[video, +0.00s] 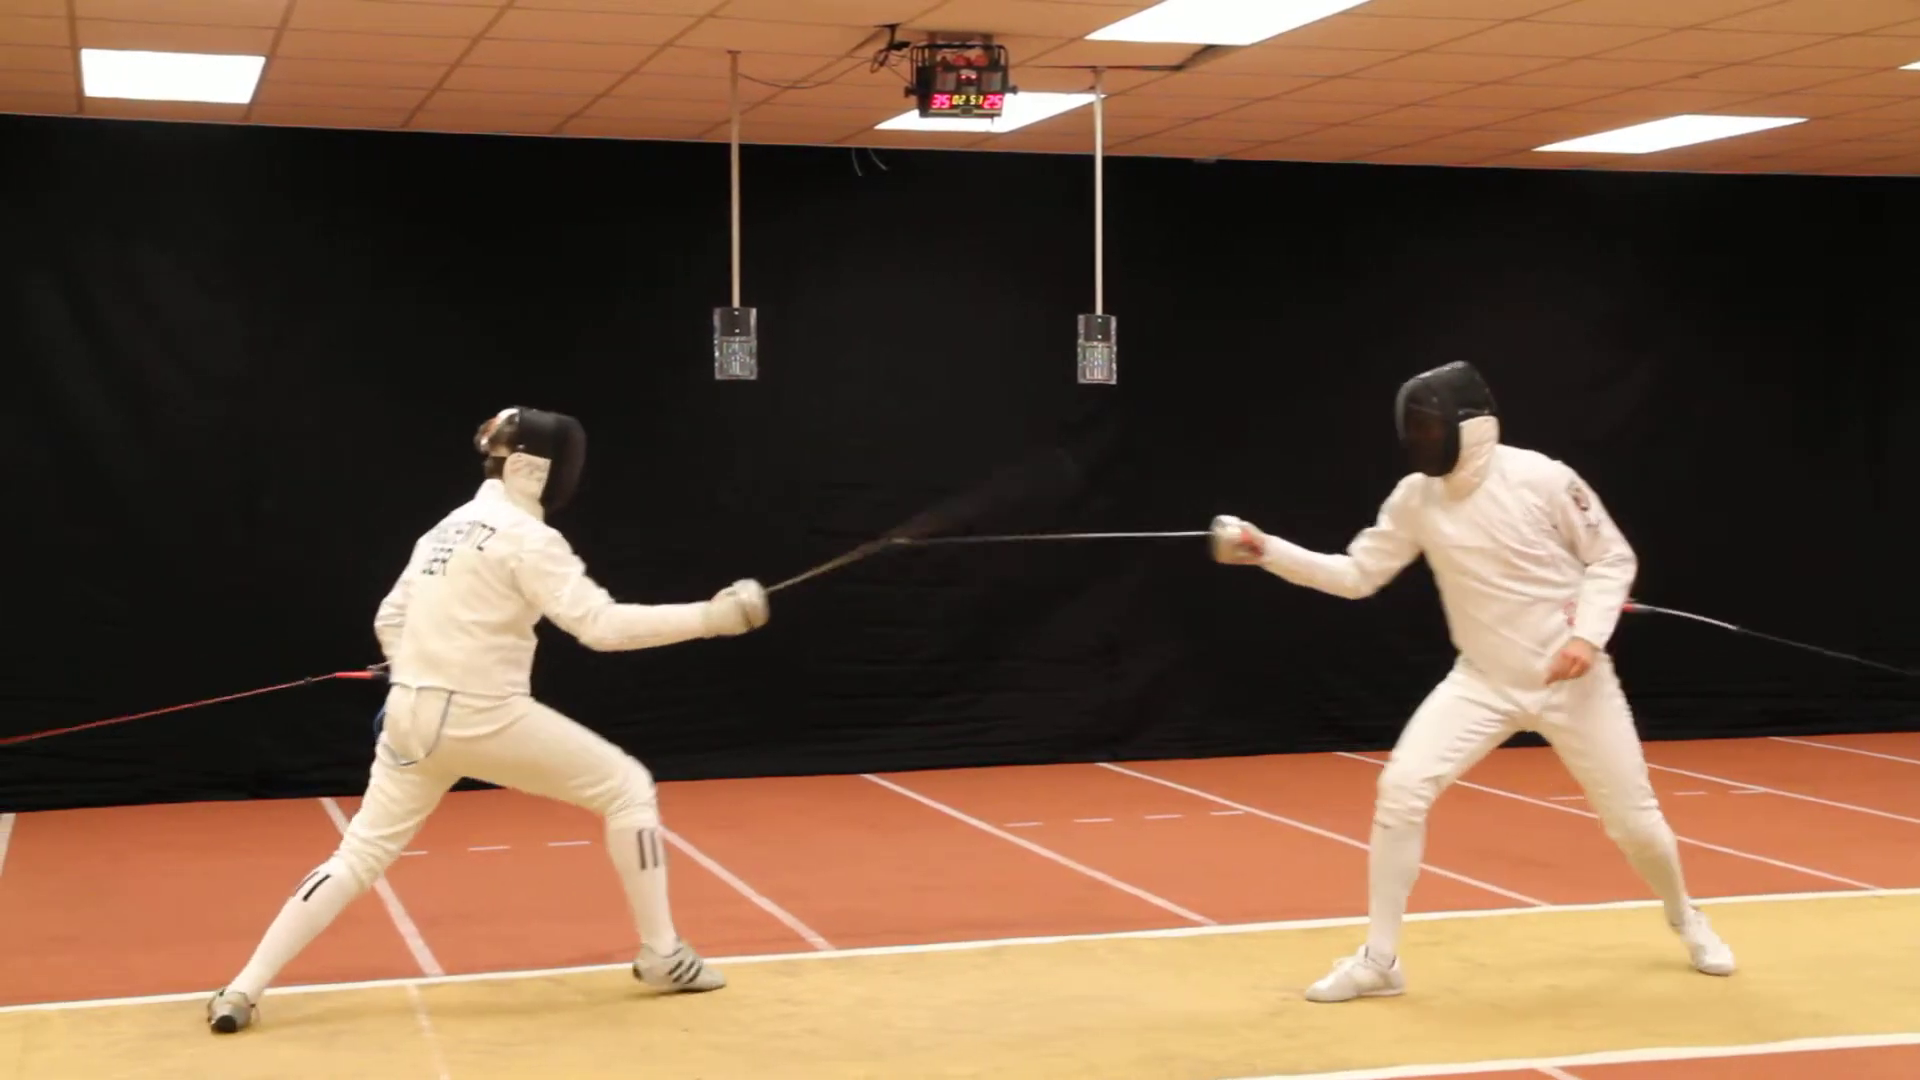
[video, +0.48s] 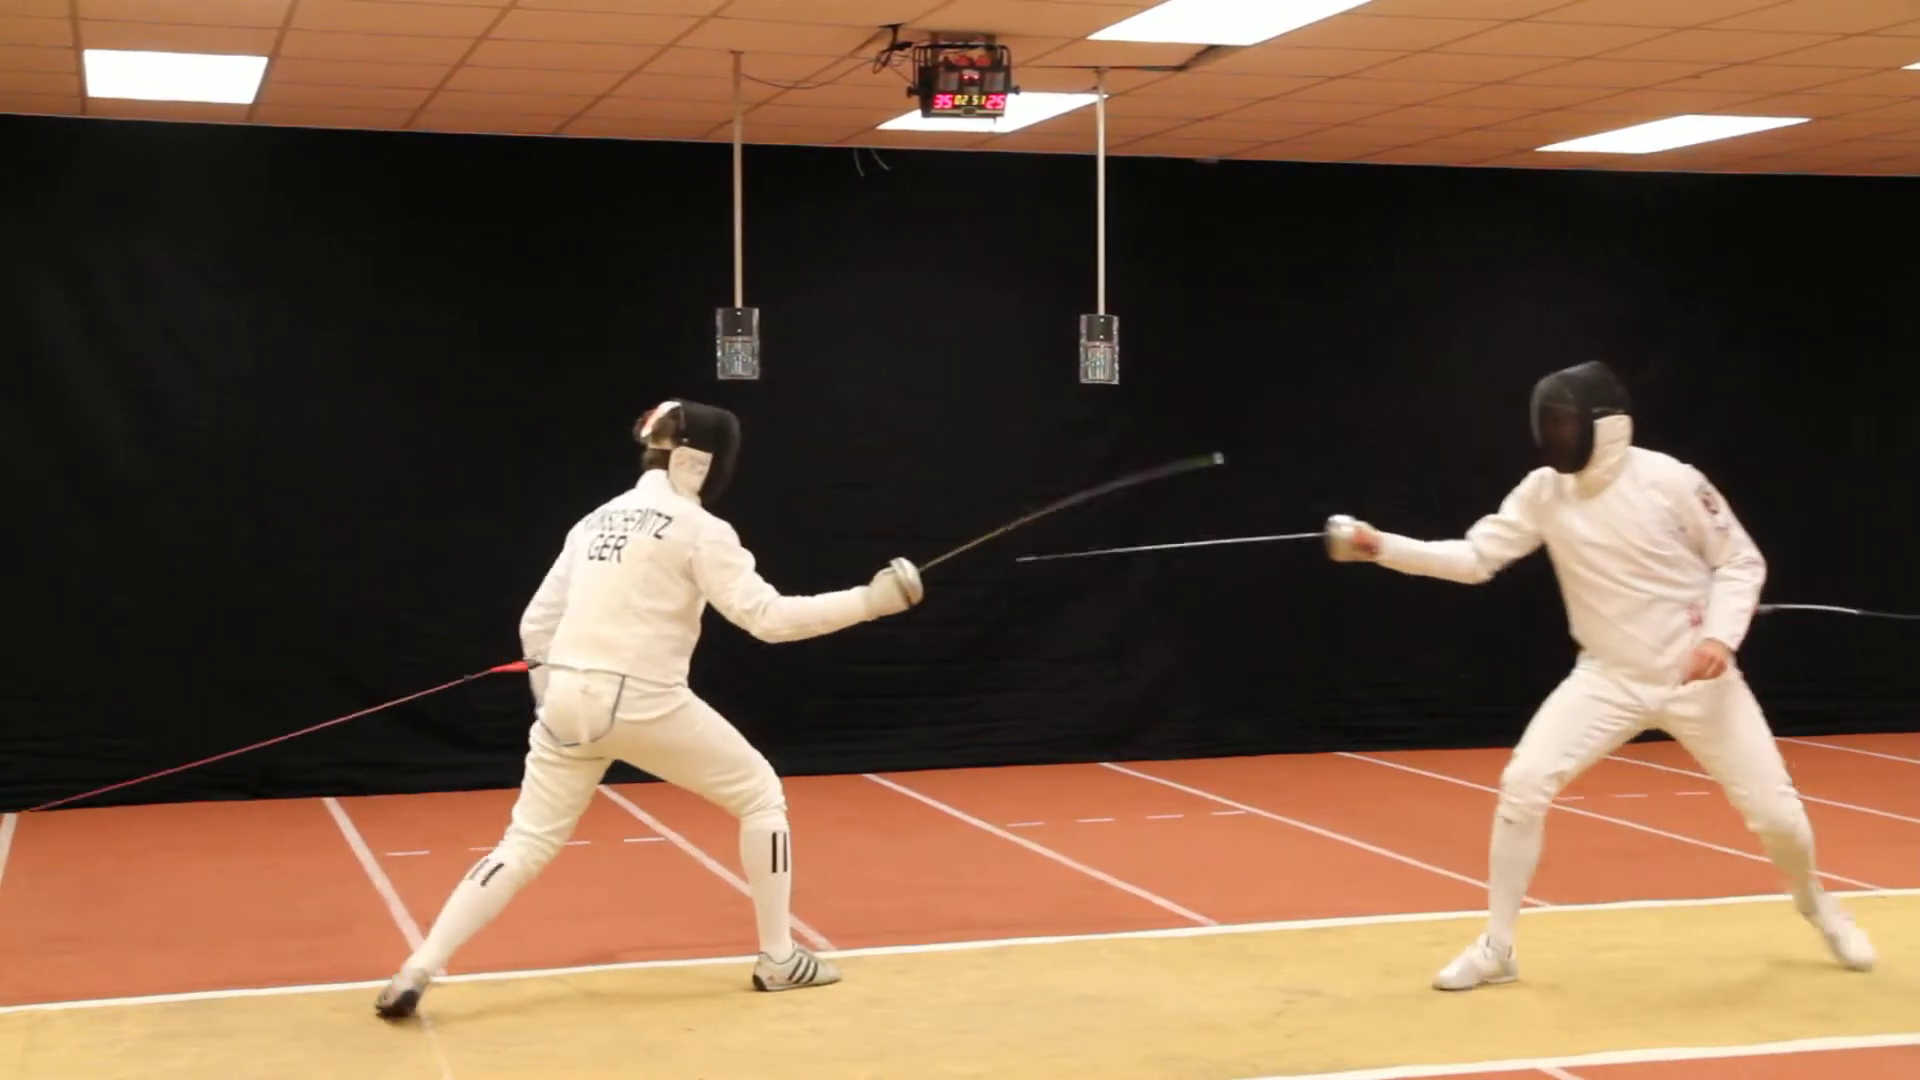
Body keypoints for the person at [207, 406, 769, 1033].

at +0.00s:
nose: (563, 482)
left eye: (555, 466)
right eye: (560, 469)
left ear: (499, 462)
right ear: (542, 470)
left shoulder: (445, 530)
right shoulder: (527, 538)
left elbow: (392, 619)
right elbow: (603, 625)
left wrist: (422, 686)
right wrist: (715, 613)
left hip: (408, 713)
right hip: (487, 716)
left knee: (357, 857)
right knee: (625, 788)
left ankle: (242, 990)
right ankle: (662, 955)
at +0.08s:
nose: (560, 468)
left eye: (555, 453)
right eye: (563, 457)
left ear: (533, 458)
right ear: (564, 465)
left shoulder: (477, 524)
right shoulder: (560, 531)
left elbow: (421, 611)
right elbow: (650, 606)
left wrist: (452, 679)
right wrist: (762, 592)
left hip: (435, 708)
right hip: (516, 707)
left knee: (361, 848)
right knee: (653, 777)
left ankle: (242, 984)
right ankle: (696, 939)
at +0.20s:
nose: (656, 473)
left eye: (633, 456)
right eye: (659, 463)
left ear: (599, 458)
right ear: (655, 467)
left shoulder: (541, 521)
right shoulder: (646, 529)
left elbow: (473, 604)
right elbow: (737, 581)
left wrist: (494, 673)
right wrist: (844, 568)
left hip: (495, 692)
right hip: (579, 701)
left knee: (397, 827)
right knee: (689, 813)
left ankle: (267, 951)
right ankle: (770, 956)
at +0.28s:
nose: (704, 481)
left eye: (685, 463)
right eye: (704, 470)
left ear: (639, 467)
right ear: (694, 476)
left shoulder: (576, 531)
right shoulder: (689, 540)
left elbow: (502, 613)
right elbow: (778, 600)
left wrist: (493, 702)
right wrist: (879, 573)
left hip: (533, 701)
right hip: (619, 708)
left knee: (446, 838)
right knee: (734, 796)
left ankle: (313, 942)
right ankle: (780, 956)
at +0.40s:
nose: (719, 481)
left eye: (708, 466)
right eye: (717, 469)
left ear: (663, 460)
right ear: (705, 470)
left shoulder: (598, 526)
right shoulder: (702, 532)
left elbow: (527, 617)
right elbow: (775, 623)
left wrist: (519, 703)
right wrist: (882, 600)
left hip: (560, 699)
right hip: (642, 705)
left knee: (514, 845)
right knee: (757, 796)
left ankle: (391, 948)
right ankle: (780, 957)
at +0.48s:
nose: (720, 473)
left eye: (714, 459)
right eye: (719, 462)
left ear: (656, 453)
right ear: (703, 462)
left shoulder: (595, 522)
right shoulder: (699, 530)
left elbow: (537, 623)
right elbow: (771, 618)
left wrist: (555, 695)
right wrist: (874, 598)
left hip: (564, 698)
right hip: (648, 702)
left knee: (523, 845)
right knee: (759, 796)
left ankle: (416, 973)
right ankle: (778, 955)